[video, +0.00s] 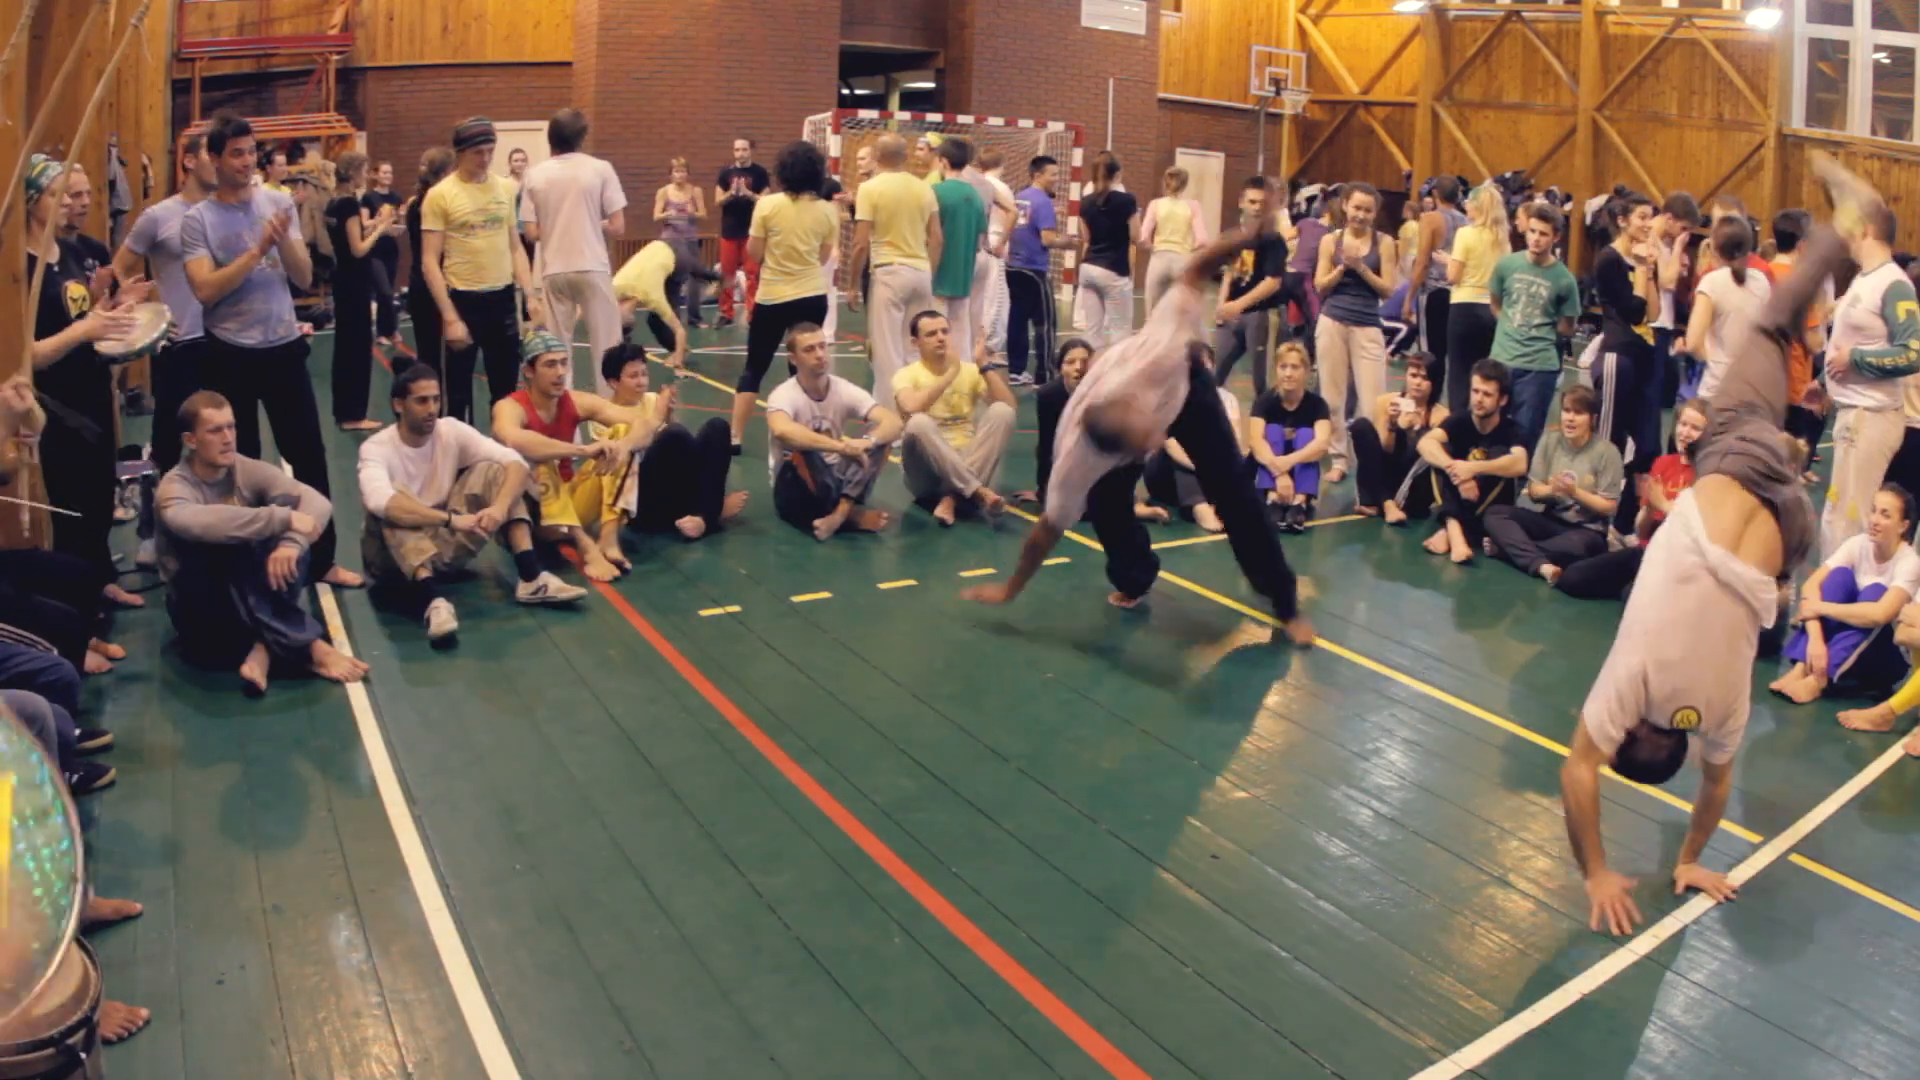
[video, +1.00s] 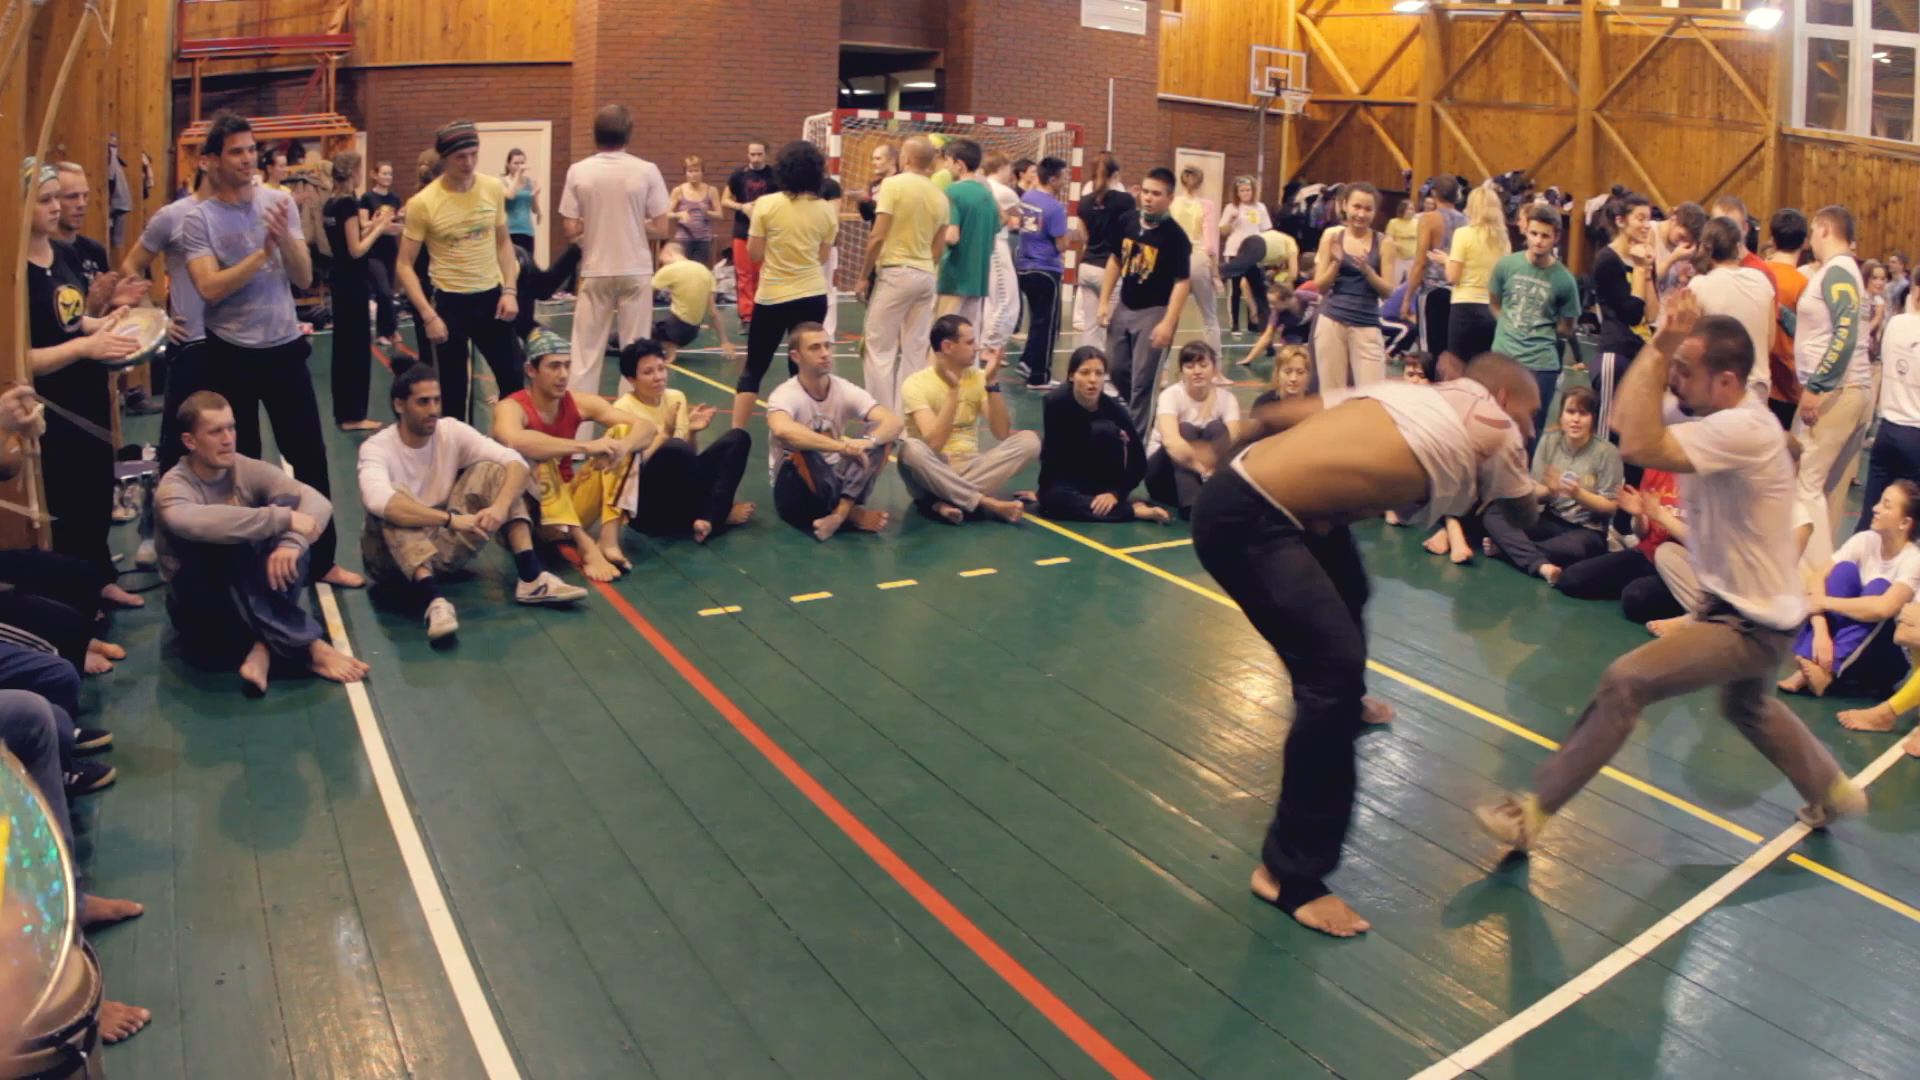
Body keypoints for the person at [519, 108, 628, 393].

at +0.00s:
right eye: (584, 134)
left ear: (551, 138)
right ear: (583, 138)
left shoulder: (535, 174)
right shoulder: (601, 169)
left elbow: (531, 232)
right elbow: (617, 227)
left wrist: (558, 230)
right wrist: (590, 225)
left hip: (554, 267)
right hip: (591, 264)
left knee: (558, 343)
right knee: (606, 340)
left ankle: (559, 409)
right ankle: (607, 406)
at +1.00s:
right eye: (629, 130)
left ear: (595, 134)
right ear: (629, 134)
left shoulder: (578, 172)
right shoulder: (647, 171)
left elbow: (572, 229)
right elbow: (661, 228)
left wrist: (598, 226)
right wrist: (631, 227)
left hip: (596, 271)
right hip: (636, 270)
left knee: (585, 354)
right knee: (636, 353)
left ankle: (579, 434)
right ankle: (632, 429)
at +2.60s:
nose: (603, 134)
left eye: (601, 128)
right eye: (599, 129)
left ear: (567, 140)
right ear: (590, 135)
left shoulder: (553, 174)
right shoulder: (609, 164)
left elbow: (550, 231)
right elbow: (624, 217)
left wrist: (573, 236)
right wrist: (612, 240)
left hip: (568, 264)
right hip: (603, 261)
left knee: (570, 341)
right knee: (620, 339)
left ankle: (568, 402)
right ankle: (619, 405)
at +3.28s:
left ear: (611, 135)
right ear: (644, 136)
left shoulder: (594, 170)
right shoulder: (661, 172)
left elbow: (582, 224)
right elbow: (670, 229)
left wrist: (609, 217)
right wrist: (643, 221)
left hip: (602, 270)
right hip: (643, 270)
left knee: (592, 354)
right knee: (643, 355)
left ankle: (584, 437)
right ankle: (639, 435)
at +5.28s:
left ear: (607, 143)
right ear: (639, 142)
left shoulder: (591, 176)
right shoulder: (659, 174)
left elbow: (581, 229)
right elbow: (675, 228)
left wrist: (609, 228)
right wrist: (645, 228)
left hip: (608, 268)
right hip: (647, 268)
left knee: (596, 351)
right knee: (666, 344)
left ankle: (585, 425)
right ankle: (674, 416)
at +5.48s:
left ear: (635, 140)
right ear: (667, 140)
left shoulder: (619, 169)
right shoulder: (685, 171)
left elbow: (600, 218)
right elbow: (696, 228)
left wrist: (619, 248)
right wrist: (671, 246)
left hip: (633, 263)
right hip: (674, 262)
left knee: (613, 343)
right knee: (684, 342)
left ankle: (596, 420)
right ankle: (689, 415)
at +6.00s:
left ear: (666, 138)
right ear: (698, 139)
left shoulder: (651, 165)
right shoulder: (713, 172)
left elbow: (629, 204)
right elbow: (722, 227)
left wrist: (632, 245)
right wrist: (709, 262)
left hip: (654, 254)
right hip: (694, 258)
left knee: (639, 337)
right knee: (695, 340)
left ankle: (628, 412)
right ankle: (693, 412)